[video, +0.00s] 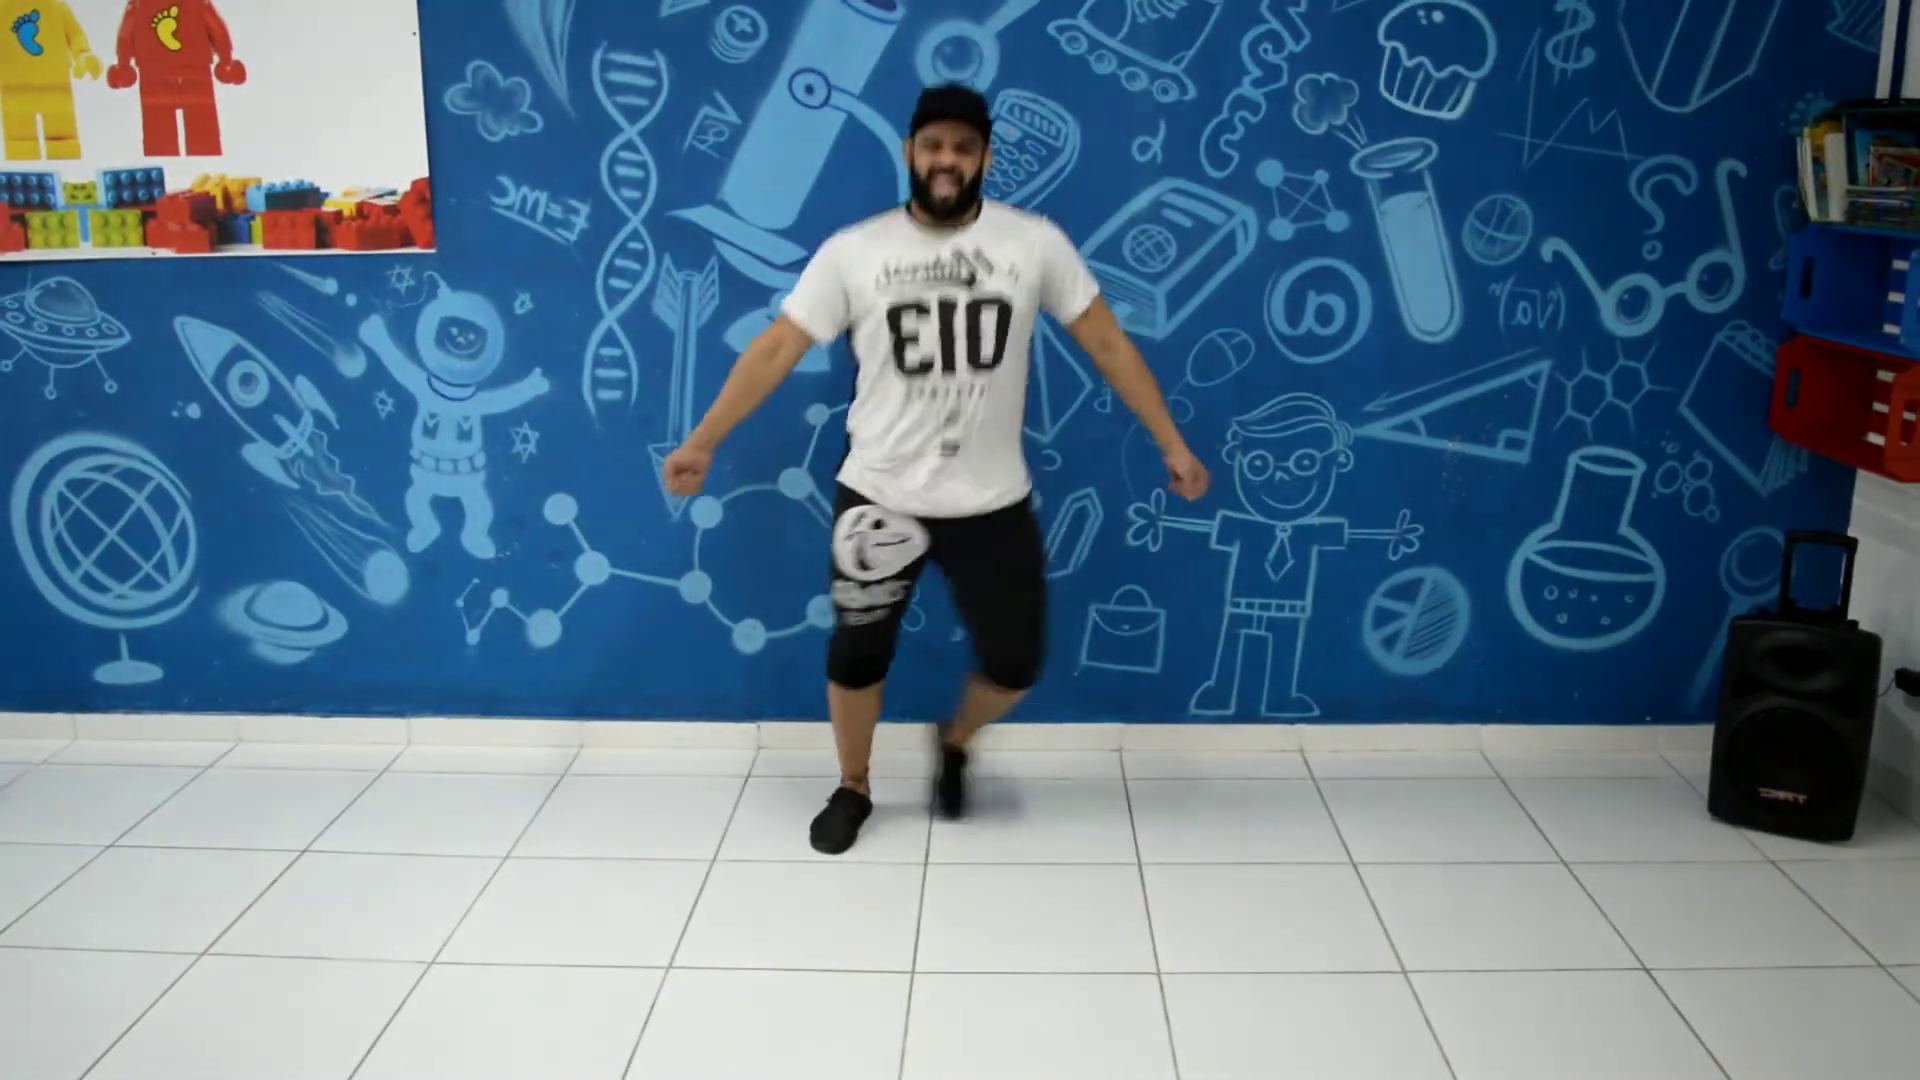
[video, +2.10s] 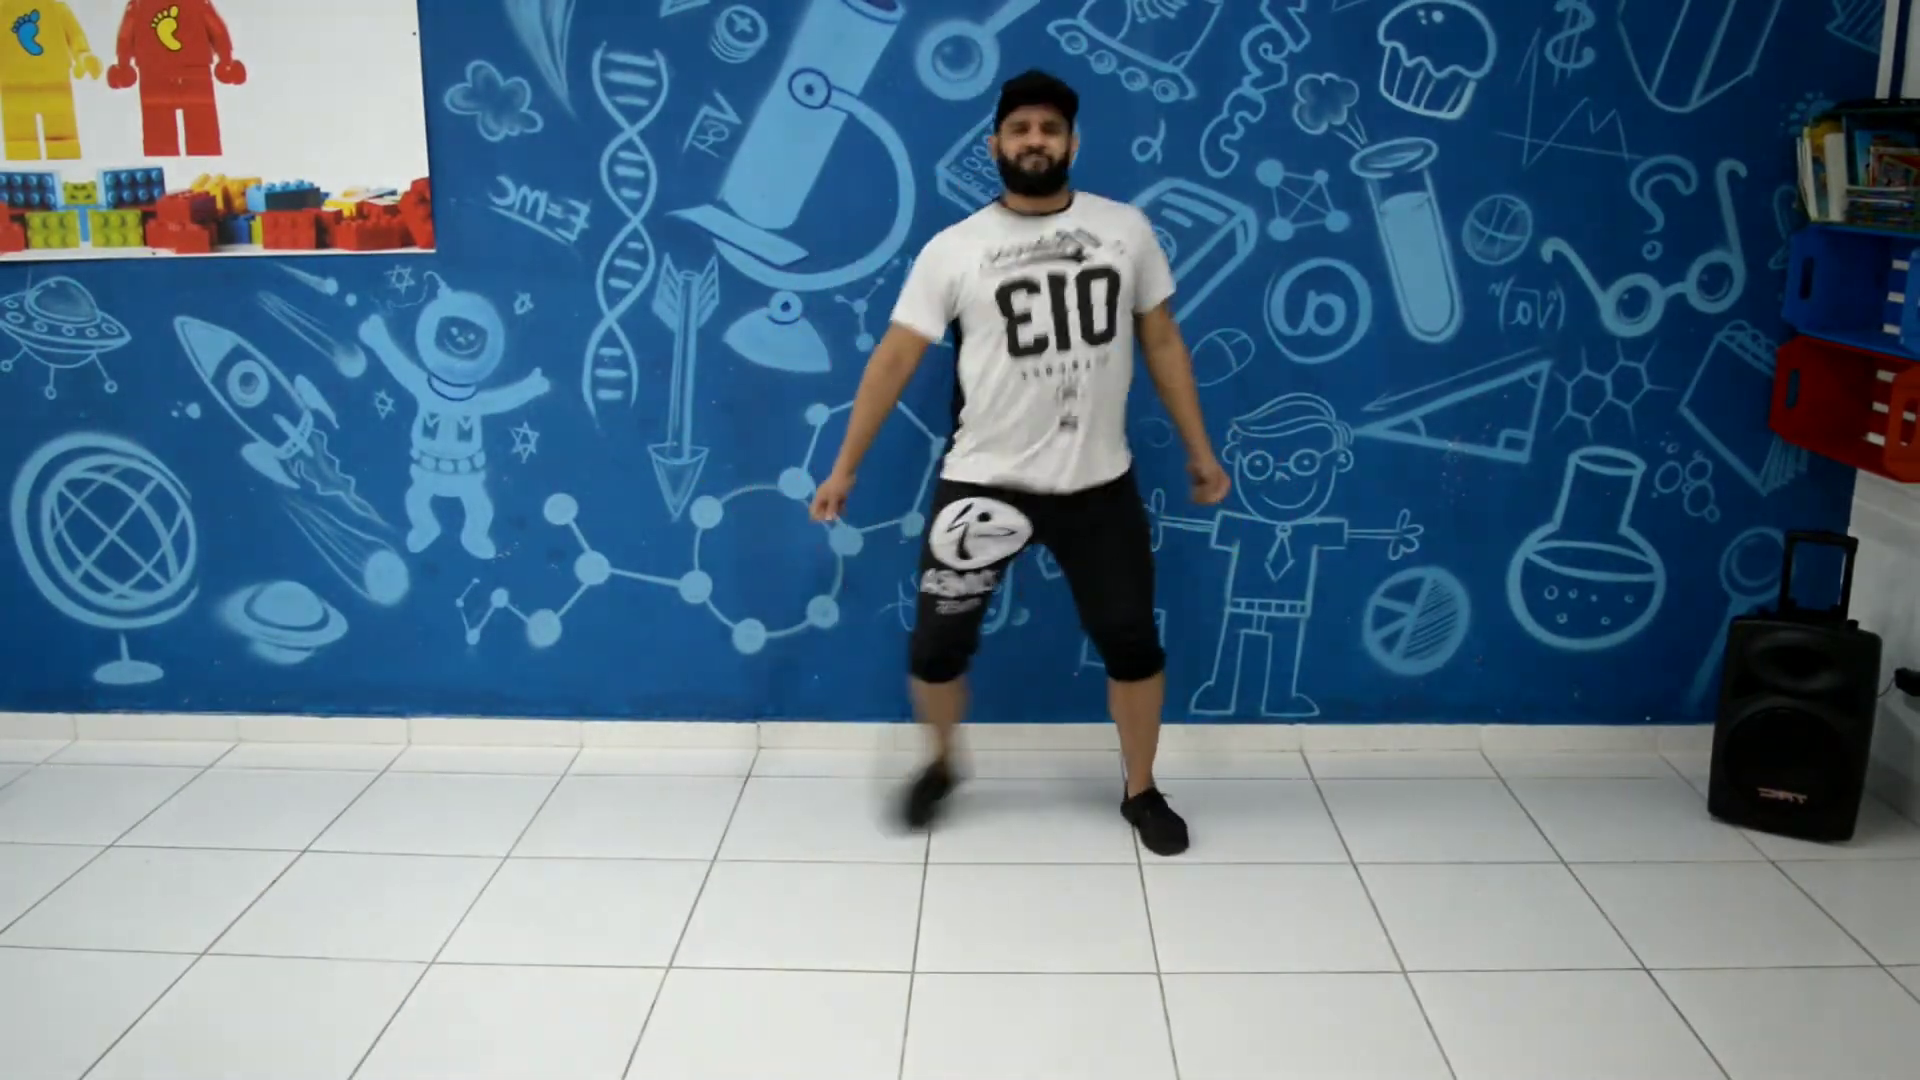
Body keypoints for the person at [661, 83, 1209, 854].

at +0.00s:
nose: (946, 161)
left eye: (963, 148)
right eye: (931, 146)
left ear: (986, 159)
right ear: (909, 153)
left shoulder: (1035, 247)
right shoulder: (852, 255)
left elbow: (1110, 349)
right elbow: (776, 351)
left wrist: (1173, 443)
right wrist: (701, 441)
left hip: (991, 497)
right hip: (880, 492)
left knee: (1013, 667)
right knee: (857, 655)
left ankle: (954, 744)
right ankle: (852, 787)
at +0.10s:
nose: (965, 146)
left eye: (981, 132)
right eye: (950, 131)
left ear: (1003, 139)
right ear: (923, 134)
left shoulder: (1043, 228)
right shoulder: (868, 230)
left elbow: (1112, 335)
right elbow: (795, 329)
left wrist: (1173, 435)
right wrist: (729, 429)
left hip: (1020, 474)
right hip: (905, 477)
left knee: (1057, 636)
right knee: (869, 646)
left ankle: (1056, 770)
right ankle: (858, 784)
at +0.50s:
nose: (1046, 153)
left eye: (1063, 138)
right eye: (1031, 138)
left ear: (1085, 145)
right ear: (1006, 144)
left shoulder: (1136, 234)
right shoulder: (961, 245)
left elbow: (1191, 337)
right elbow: (893, 345)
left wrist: (1248, 434)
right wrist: (827, 444)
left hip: (1109, 476)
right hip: (995, 481)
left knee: (1145, 641)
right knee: (964, 654)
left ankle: (1152, 791)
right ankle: (972, 764)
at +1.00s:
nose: (1021, 176)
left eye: (1033, 161)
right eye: (1002, 168)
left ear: (1057, 170)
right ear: (983, 189)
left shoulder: (1117, 272)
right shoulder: (946, 267)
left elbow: (1186, 367)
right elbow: (879, 366)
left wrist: (1253, 459)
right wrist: (814, 467)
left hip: (1090, 500)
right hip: (975, 501)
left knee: (1141, 657)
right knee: (902, 653)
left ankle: (1156, 793)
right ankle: (862, 784)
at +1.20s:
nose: (972, 165)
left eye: (988, 152)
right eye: (957, 153)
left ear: (1012, 165)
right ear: (936, 167)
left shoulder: (1069, 255)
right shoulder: (891, 271)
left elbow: (1128, 358)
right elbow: (817, 365)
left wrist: (1182, 464)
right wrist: (751, 459)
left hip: (1028, 493)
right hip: (914, 490)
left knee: (1086, 651)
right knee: (867, 647)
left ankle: (1129, 790)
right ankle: (853, 785)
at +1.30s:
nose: (962, 145)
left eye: (979, 132)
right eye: (948, 131)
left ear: (1001, 146)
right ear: (925, 144)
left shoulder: (1048, 243)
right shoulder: (874, 242)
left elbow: (1103, 352)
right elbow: (808, 340)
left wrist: (1152, 454)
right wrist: (744, 440)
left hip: (1018, 479)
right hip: (904, 479)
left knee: (1060, 644)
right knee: (863, 645)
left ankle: (1034, 762)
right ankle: (853, 782)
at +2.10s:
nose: (1035, 141)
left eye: (1051, 129)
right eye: (1020, 129)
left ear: (1073, 144)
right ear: (996, 143)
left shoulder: (1124, 232)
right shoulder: (953, 253)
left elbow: (1163, 343)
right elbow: (894, 359)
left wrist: (1199, 449)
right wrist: (844, 467)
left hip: (1098, 479)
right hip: (984, 479)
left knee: (1132, 641)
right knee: (937, 644)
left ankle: (1141, 789)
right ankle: (942, 763)